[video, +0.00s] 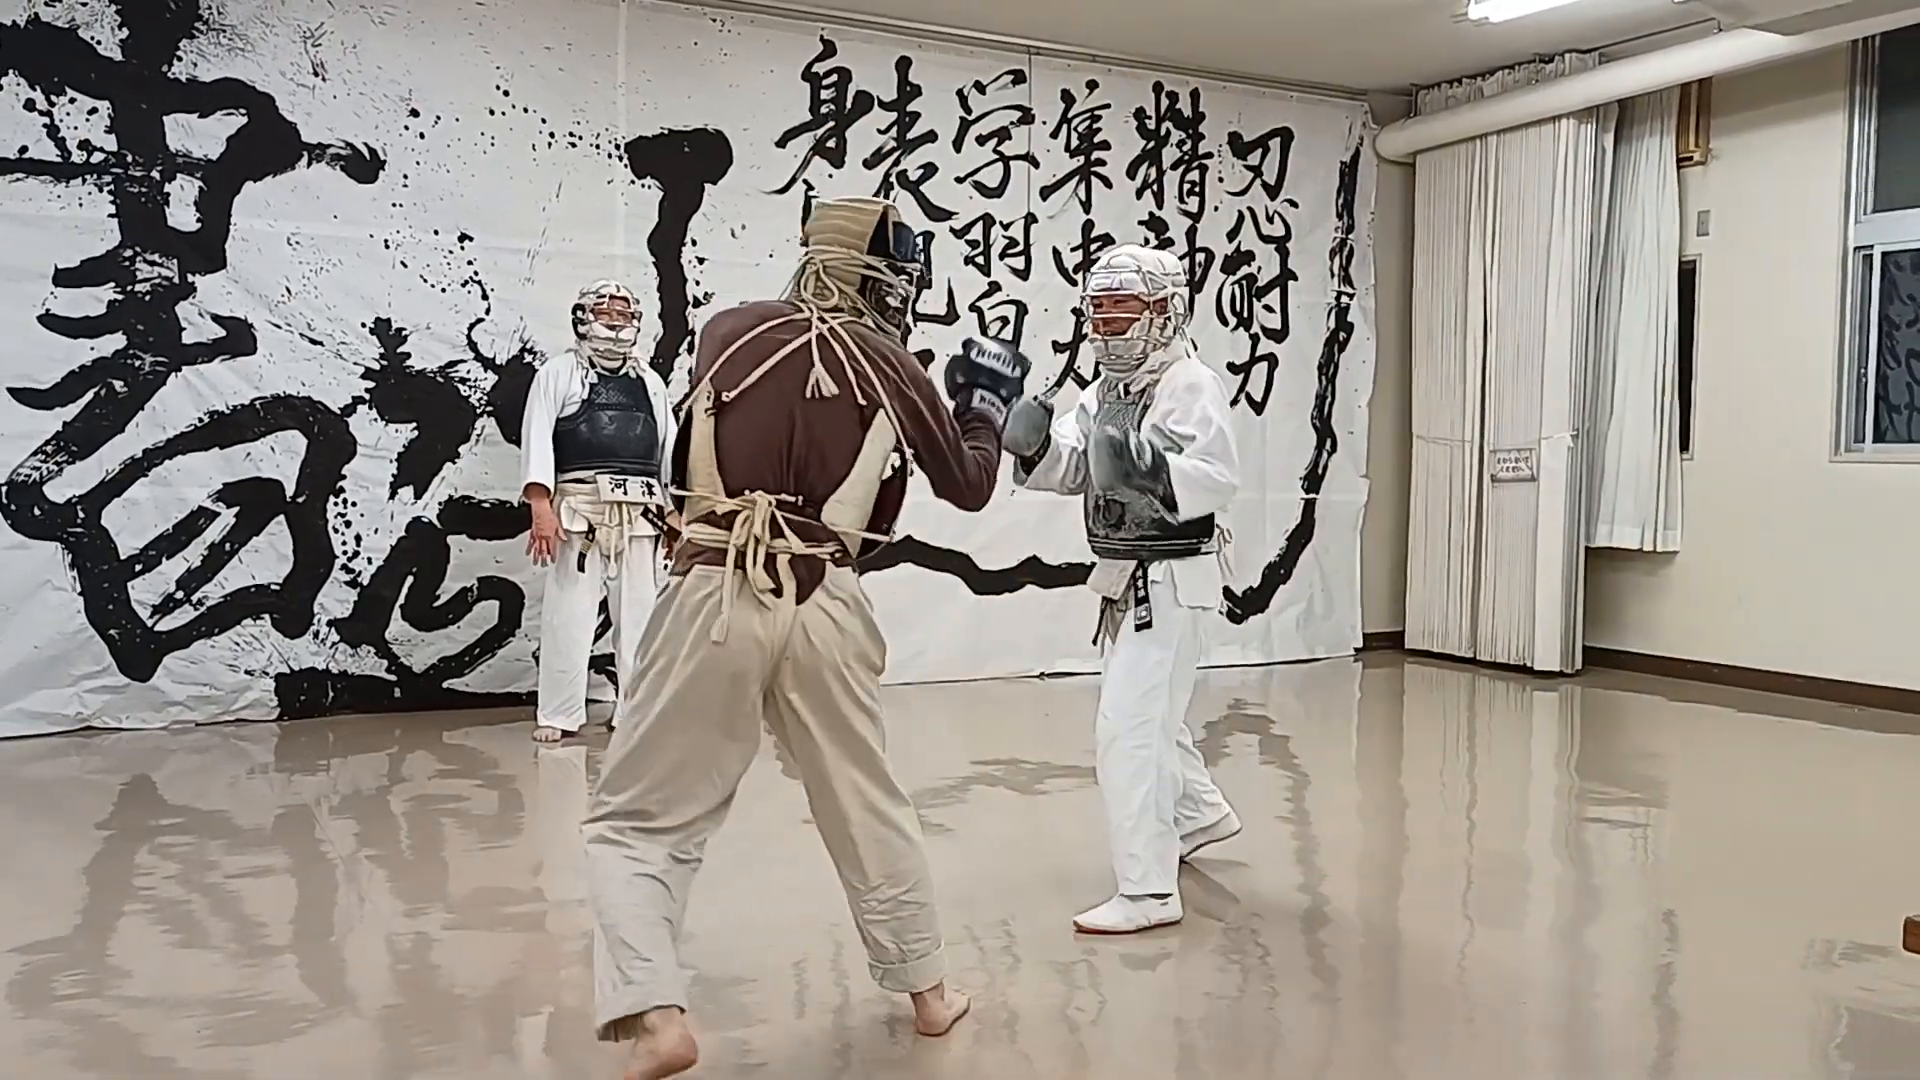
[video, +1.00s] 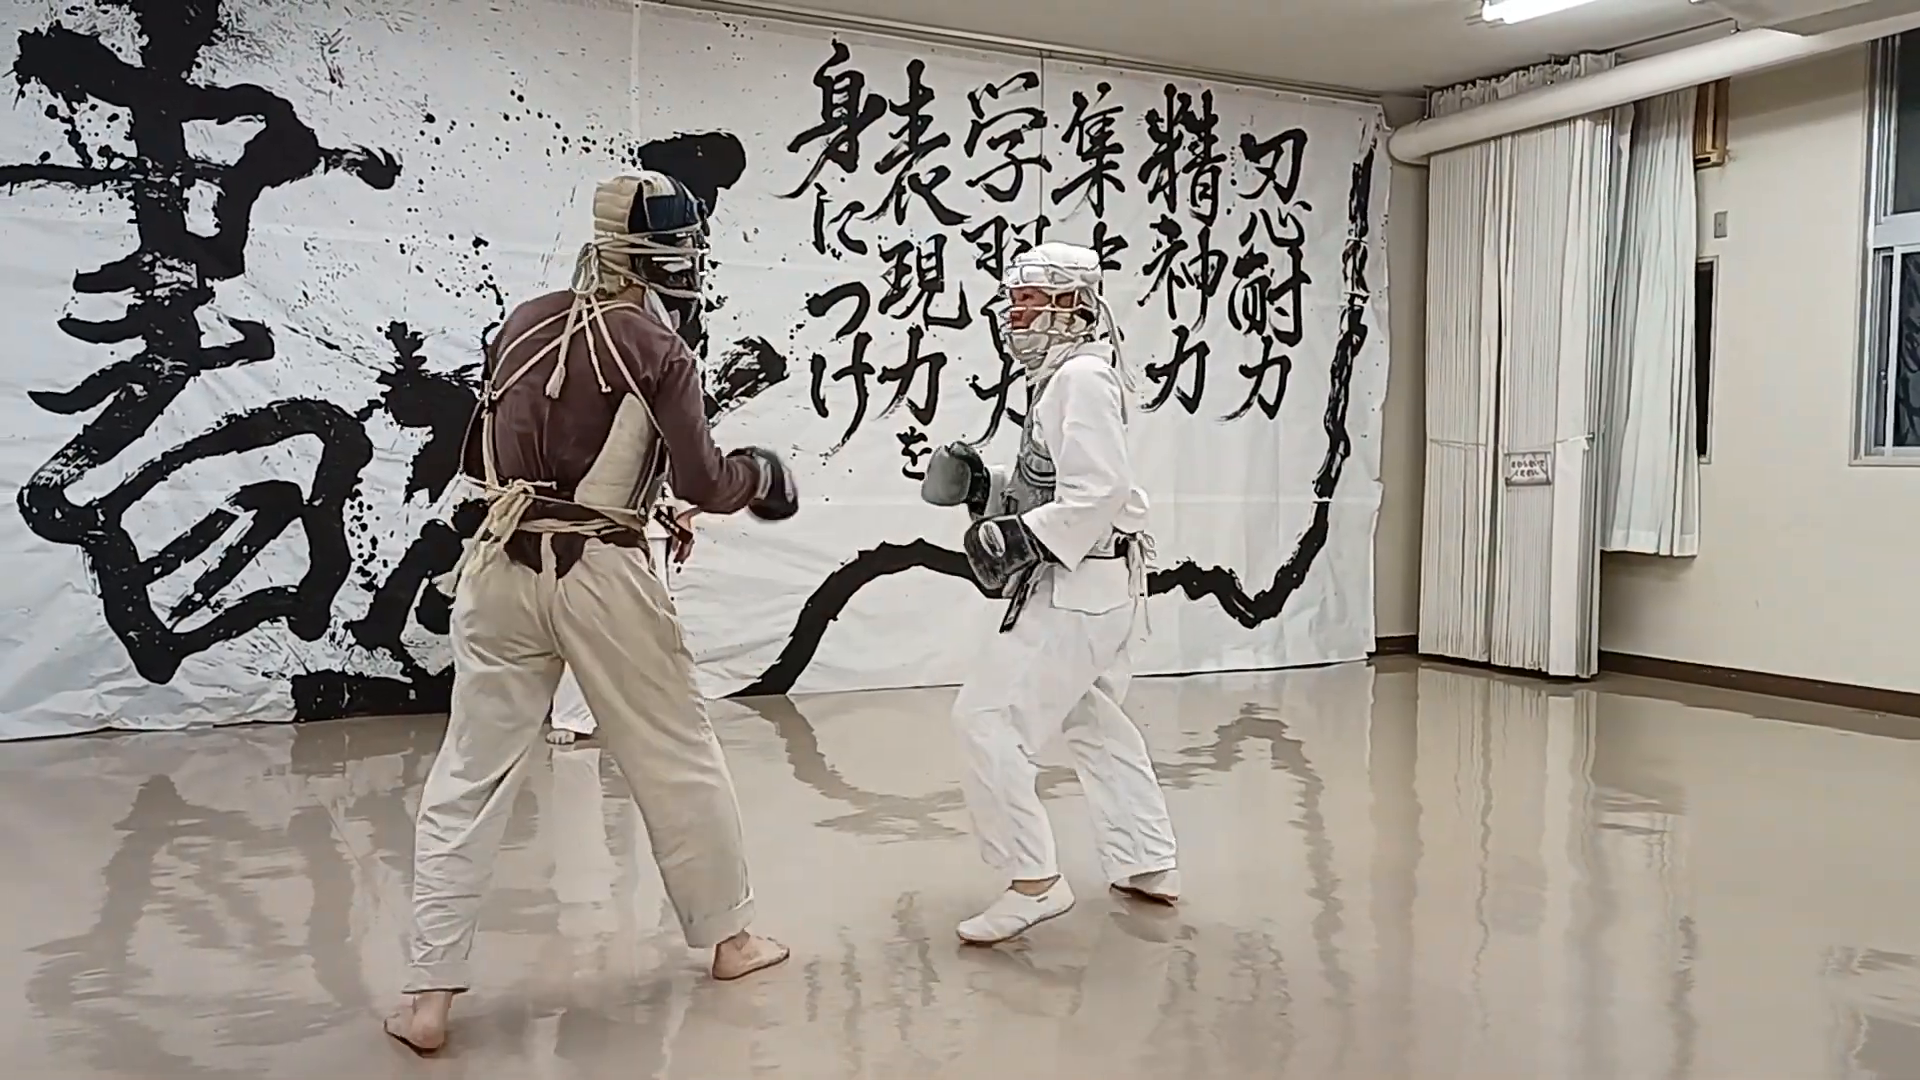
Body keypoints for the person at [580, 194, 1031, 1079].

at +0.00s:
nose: (913, 295)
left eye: (912, 281)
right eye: (909, 281)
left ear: (814, 267)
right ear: (886, 280)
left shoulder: (728, 328)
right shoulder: (891, 366)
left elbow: (690, 462)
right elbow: (971, 482)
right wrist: (983, 399)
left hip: (708, 604)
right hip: (826, 611)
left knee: (635, 820)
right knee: (865, 803)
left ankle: (657, 1017)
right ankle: (928, 996)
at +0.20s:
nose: (817, 289)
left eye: (815, 275)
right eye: (809, 276)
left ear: (715, 268)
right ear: (787, 278)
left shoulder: (639, 354)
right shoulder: (813, 372)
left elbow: (601, 498)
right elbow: (859, 500)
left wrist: (666, 542)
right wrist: (873, 577)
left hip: (656, 616)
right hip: (779, 615)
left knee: (542, 786)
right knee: (855, 805)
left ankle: (454, 998)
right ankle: (930, 994)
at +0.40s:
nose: (710, 278)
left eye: (709, 261)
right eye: (702, 262)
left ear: (610, 255)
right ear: (677, 263)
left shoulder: (522, 332)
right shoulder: (687, 354)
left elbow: (469, 480)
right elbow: (704, 512)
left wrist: (550, 522)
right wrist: (725, 607)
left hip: (525, 601)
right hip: (646, 603)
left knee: (462, 791)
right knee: (752, 781)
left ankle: (412, 1009)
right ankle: (834, 982)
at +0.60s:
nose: (662, 205)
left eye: (658, 191)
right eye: (657, 193)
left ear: (565, 188)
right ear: (637, 196)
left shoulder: (483, 275)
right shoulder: (653, 290)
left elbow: (406, 392)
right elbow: (691, 422)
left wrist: (494, 423)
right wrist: (694, 525)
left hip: (497, 542)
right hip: (611, 543)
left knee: (460, 754)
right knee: (623, 761)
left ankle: (415, 986)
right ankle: (611, 986)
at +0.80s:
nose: (657, 256)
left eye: (655, 241)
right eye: (649, 242)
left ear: (556, 236)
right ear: (620, 245)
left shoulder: (476, 314)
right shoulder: (632, 337)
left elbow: (404, 442)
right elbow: (648, 489)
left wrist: (482, 474)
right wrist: (684, 574)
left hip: (461, 573)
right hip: (578, 577)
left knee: (437, 789)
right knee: (685, 749)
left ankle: (419, 1006)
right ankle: (677, 937)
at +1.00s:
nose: (697, 263)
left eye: (695, 248)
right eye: (688, 250)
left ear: (604, 247)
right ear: (659, 255)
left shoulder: (523, 321)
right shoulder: (659, 345)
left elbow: (486, 460)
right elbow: (698, 478)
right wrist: (761, 476)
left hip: (498, 569)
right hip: (605, 575)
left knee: (472, 773)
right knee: (673, 753)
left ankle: (429, 995)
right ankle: (725, 939)